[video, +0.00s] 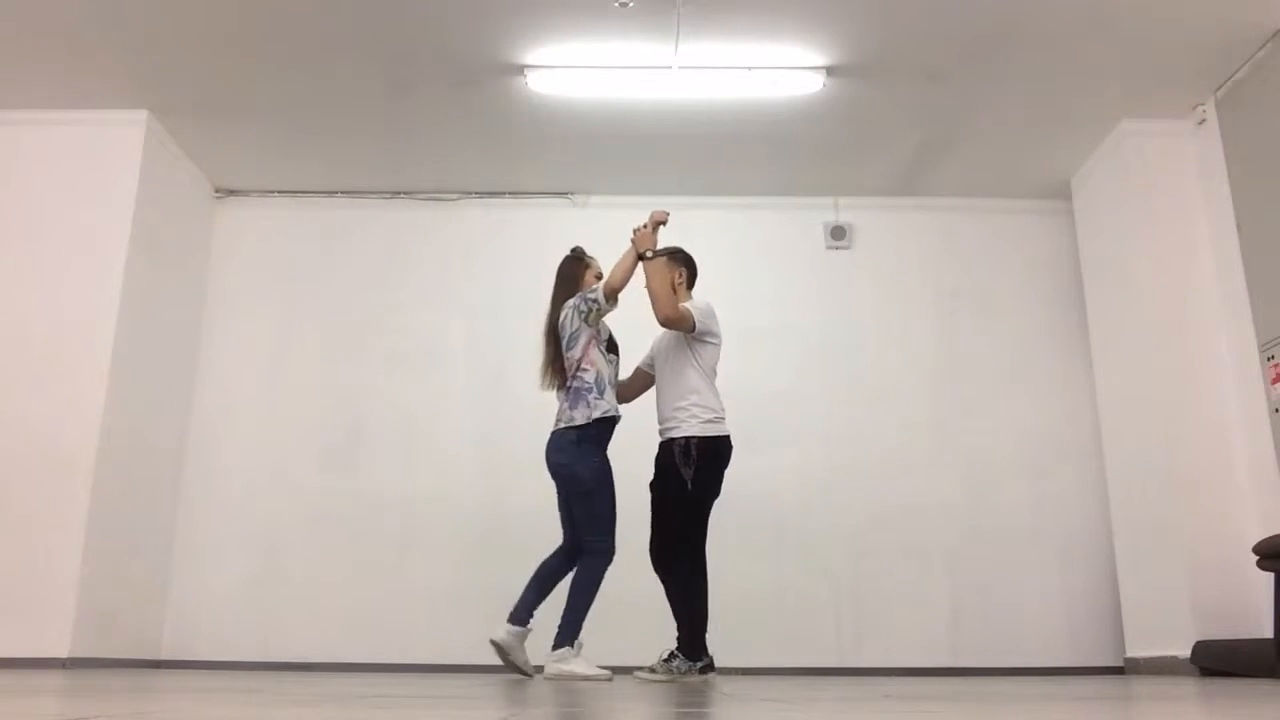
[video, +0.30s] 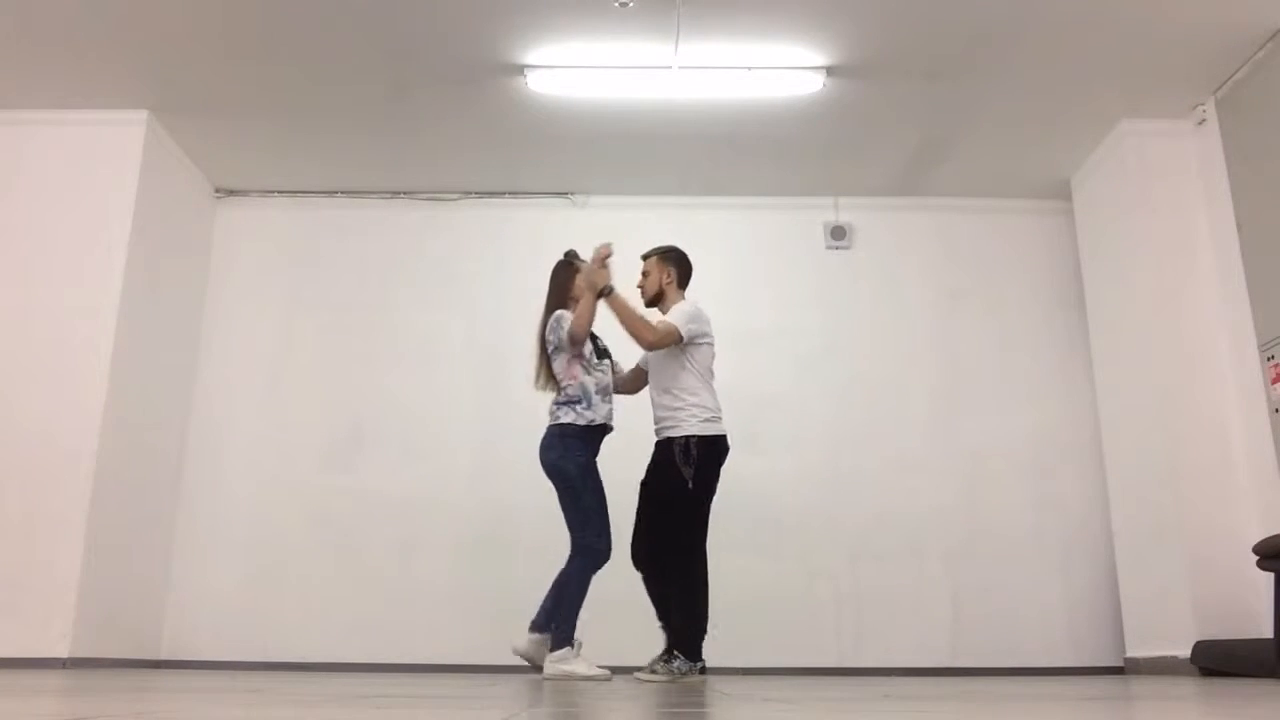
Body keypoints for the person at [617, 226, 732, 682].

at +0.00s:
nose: (652, 281)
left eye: (660, 272)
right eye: (651, 274)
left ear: (682, 276)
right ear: (666, 280)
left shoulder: (703, 314)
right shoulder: (665, 339)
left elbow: (666, 313)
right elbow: (625, 391)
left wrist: (649, 256)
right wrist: (579, 379)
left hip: (700, 443)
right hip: (675, 445)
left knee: (683, 548)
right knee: (664, 550)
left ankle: (692, 653)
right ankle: (692, 649)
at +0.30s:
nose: (638, 282)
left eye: (644, 274)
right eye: (639, 275)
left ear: (669, 276)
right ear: (666, 278)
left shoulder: (690, 314)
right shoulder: (664, 331)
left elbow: (652, 338)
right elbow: (628, 382)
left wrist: (607, 291)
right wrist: (577, 369)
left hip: (696, 443)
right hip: (672, 444)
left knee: (681, 547)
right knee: (647, 548)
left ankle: (688, 655)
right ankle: (677, 646)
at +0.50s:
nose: (625, 283)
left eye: (630, 274)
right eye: (627, 275)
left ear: (652, 276)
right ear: (653, 278)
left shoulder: (671, 318)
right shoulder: (659, 322)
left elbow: (629, 365)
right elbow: (628, 365)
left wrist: (577, 340)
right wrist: (596, 347)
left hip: (681, 444)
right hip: (668, 444)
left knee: (665, 551)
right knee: (652, 551)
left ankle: (682, 657)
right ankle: (663, 654)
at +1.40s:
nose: (613, 306)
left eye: (621, 295)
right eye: (610, 297)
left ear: (646, 296)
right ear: (607, 301)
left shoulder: (665, 337)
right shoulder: (612, 347)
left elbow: (646, 348)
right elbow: (579, 362)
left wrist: (632, 309)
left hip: (656, 459)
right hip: (615, 461)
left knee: (647, 556)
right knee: (615, 556)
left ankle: (642, 653)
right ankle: (624, 651)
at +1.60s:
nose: (619, 304)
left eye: (627, 298)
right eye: (613, 299)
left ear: (647, 304)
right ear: (607, 306)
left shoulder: (663, 348)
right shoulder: (595, 346)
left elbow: (699, 343)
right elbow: (536, 362)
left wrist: (696, 292)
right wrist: (560, 358)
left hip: (649, 463)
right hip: (604, 462)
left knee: (651, 554)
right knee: (608, 555)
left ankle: (656, 646)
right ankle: (621, 652)